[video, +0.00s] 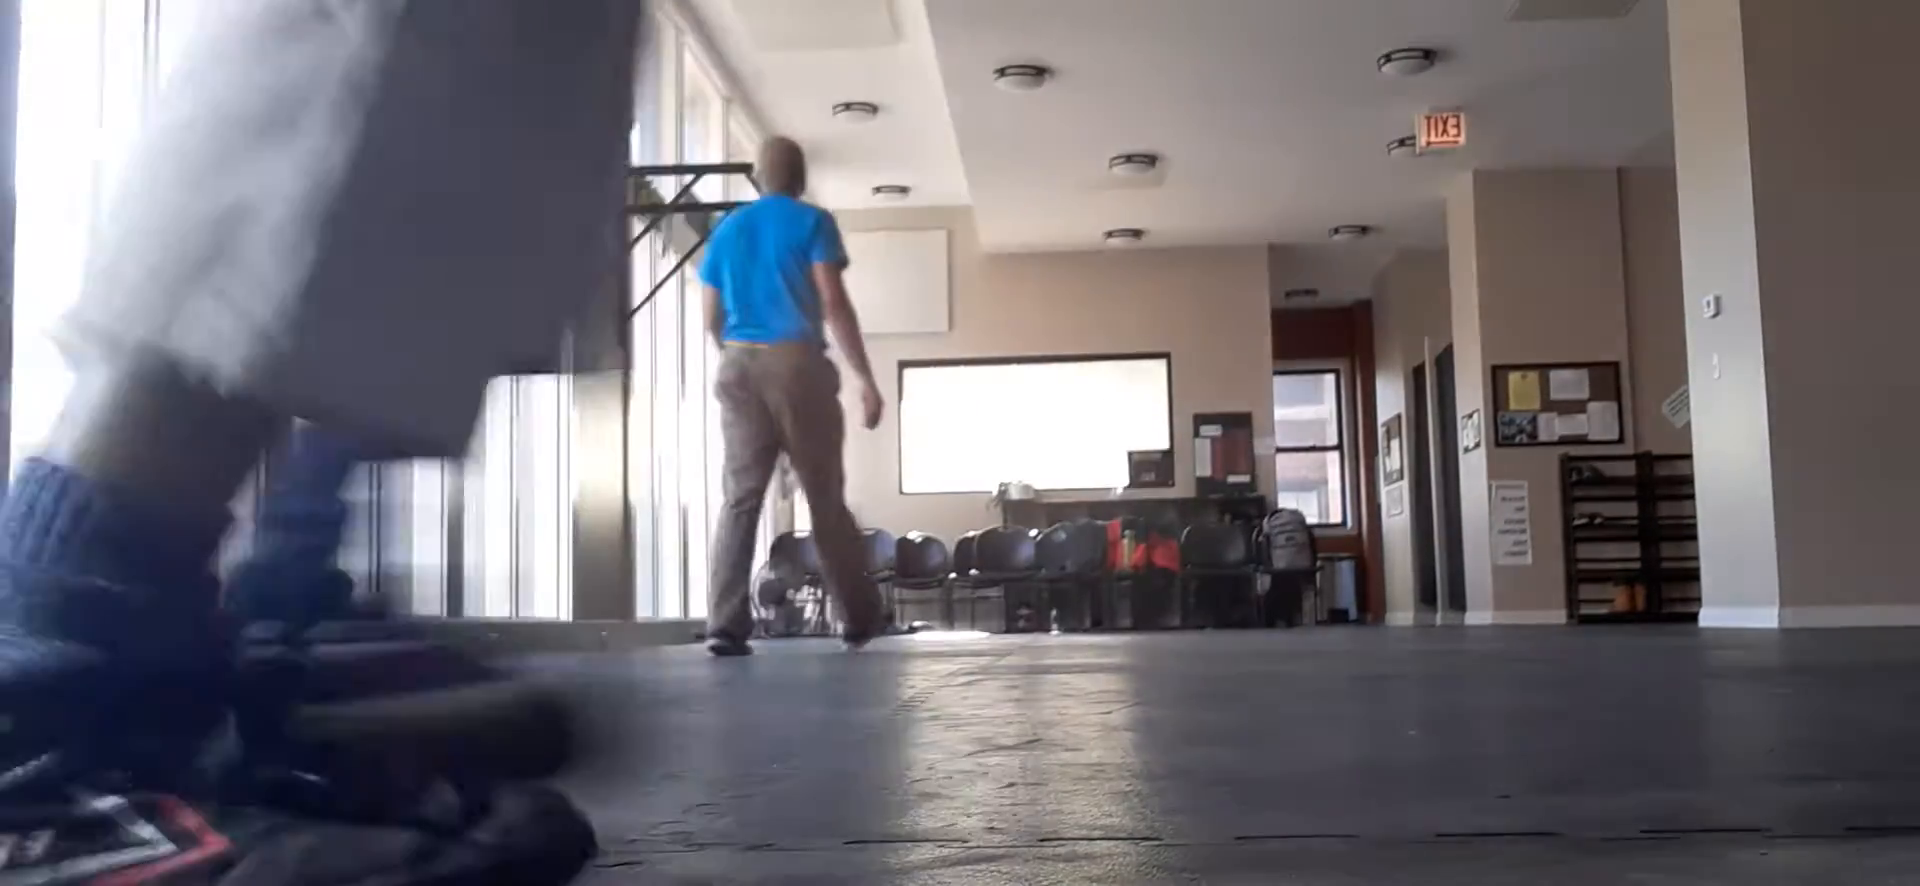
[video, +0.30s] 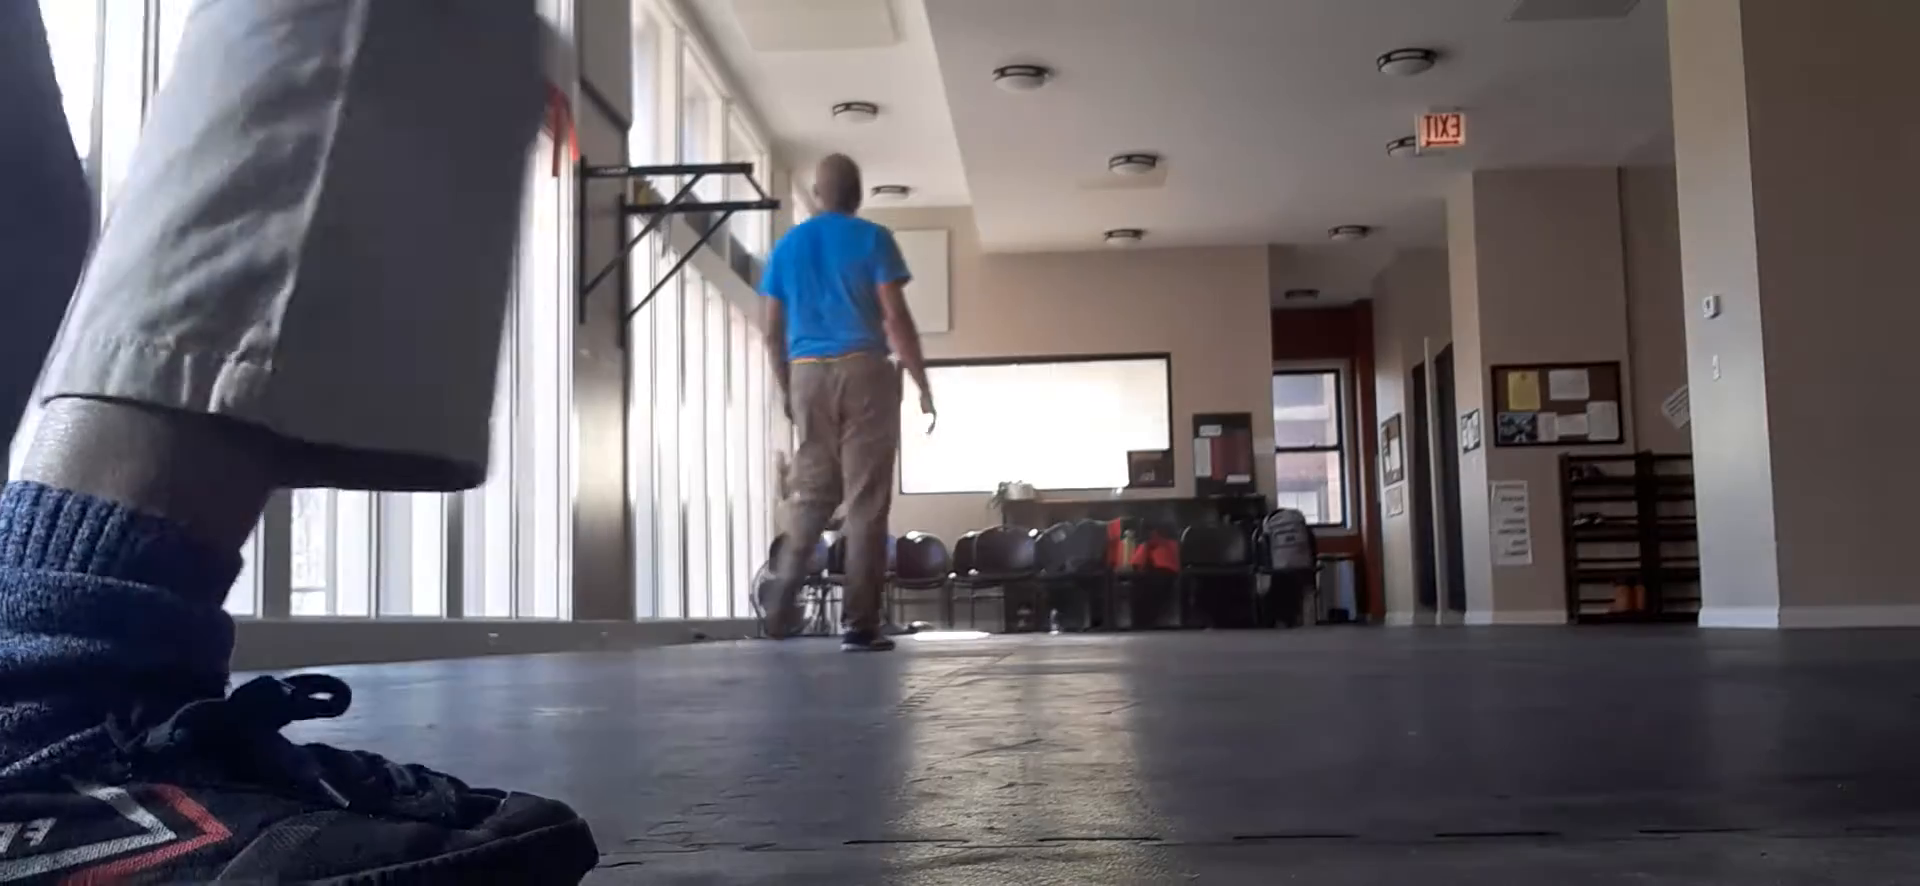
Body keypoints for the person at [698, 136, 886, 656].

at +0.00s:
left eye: (770, 167)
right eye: (797, 170)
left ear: (758, 177)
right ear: (801, 176)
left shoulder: (726, 228)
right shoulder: (813, 220)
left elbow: (713, 317)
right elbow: (833, 300)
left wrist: (739, 355)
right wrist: (863, 376)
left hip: (735, 364)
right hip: (796, 362)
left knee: (740, 498)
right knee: (825, 494)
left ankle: (726, 627)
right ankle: (862, 618)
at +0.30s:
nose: (824, 193)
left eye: (819, 187)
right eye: (852, 190)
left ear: (815, 195)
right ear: (859, 195)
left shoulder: (785, 246)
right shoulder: (873, 237)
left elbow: (771, 330)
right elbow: (895, 316)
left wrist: (787, 388)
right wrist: (922, 383)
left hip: (808, 374)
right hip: (867, 371)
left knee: (813, 490)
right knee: (866, 496)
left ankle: (780, 598)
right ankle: (861, 623)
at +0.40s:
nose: (859, 195)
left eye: (840, 188)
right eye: (870, 191)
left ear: (832, 197)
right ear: (875, 197)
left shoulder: (803, 248)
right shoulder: (891, 242)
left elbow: (781, 332)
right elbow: (914, 319)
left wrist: (782, 398)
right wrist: (935, 382)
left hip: (820, 376)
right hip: (876, 374)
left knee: (836, 490)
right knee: (870, 497)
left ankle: (825, 614)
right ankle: (859, 624)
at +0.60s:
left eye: (865, 211)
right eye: (897, 211)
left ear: (859, 220)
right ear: (900, 221)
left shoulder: (831, 267)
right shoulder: (917, 261)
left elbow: (804, 342)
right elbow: (941, 333)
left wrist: (777, 408)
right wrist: (959, 390)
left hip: (843, 387)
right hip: (895, 385)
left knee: (874, 502)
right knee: (885, 500)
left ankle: (900, 618)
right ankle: (860, 619)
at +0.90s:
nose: (896, 227)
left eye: (893, 222)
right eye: (921, 223)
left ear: (890, 231)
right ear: (929, 231)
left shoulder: (866, 278)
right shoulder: (946, 270)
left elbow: (846, 357)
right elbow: (969, 341)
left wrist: (834, 419)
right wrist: (989, 398)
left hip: (874, 399)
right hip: (925, 398)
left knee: (897, 514)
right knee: (961, 499)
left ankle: (906, 626)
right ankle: (922, 581)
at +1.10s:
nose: (925, 240)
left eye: (919, 233)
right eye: (944, 237)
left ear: (914, 241)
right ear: (950, 243)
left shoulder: (887, 287)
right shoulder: (963, 280)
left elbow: (882, 362)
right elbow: (982, 347)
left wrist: (908, 390)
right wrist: (1012, 408)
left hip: (898, 401)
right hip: (951, 401)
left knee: (908, 512)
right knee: (974, 506)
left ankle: (912, 625)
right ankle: (993, 617)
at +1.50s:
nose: (989, 258)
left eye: (979, 251)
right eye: (1006, 256)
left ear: (974, 258)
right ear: (1010, 261)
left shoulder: (948, 304)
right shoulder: (1023, 298)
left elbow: (944, 378)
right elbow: (1039, 364)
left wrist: (954, 424)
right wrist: (1060, 420)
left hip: (967, 413)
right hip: (1015, 410)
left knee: (968, 509)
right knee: (1016, 512)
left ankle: (939, 606)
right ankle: (1014, 616)